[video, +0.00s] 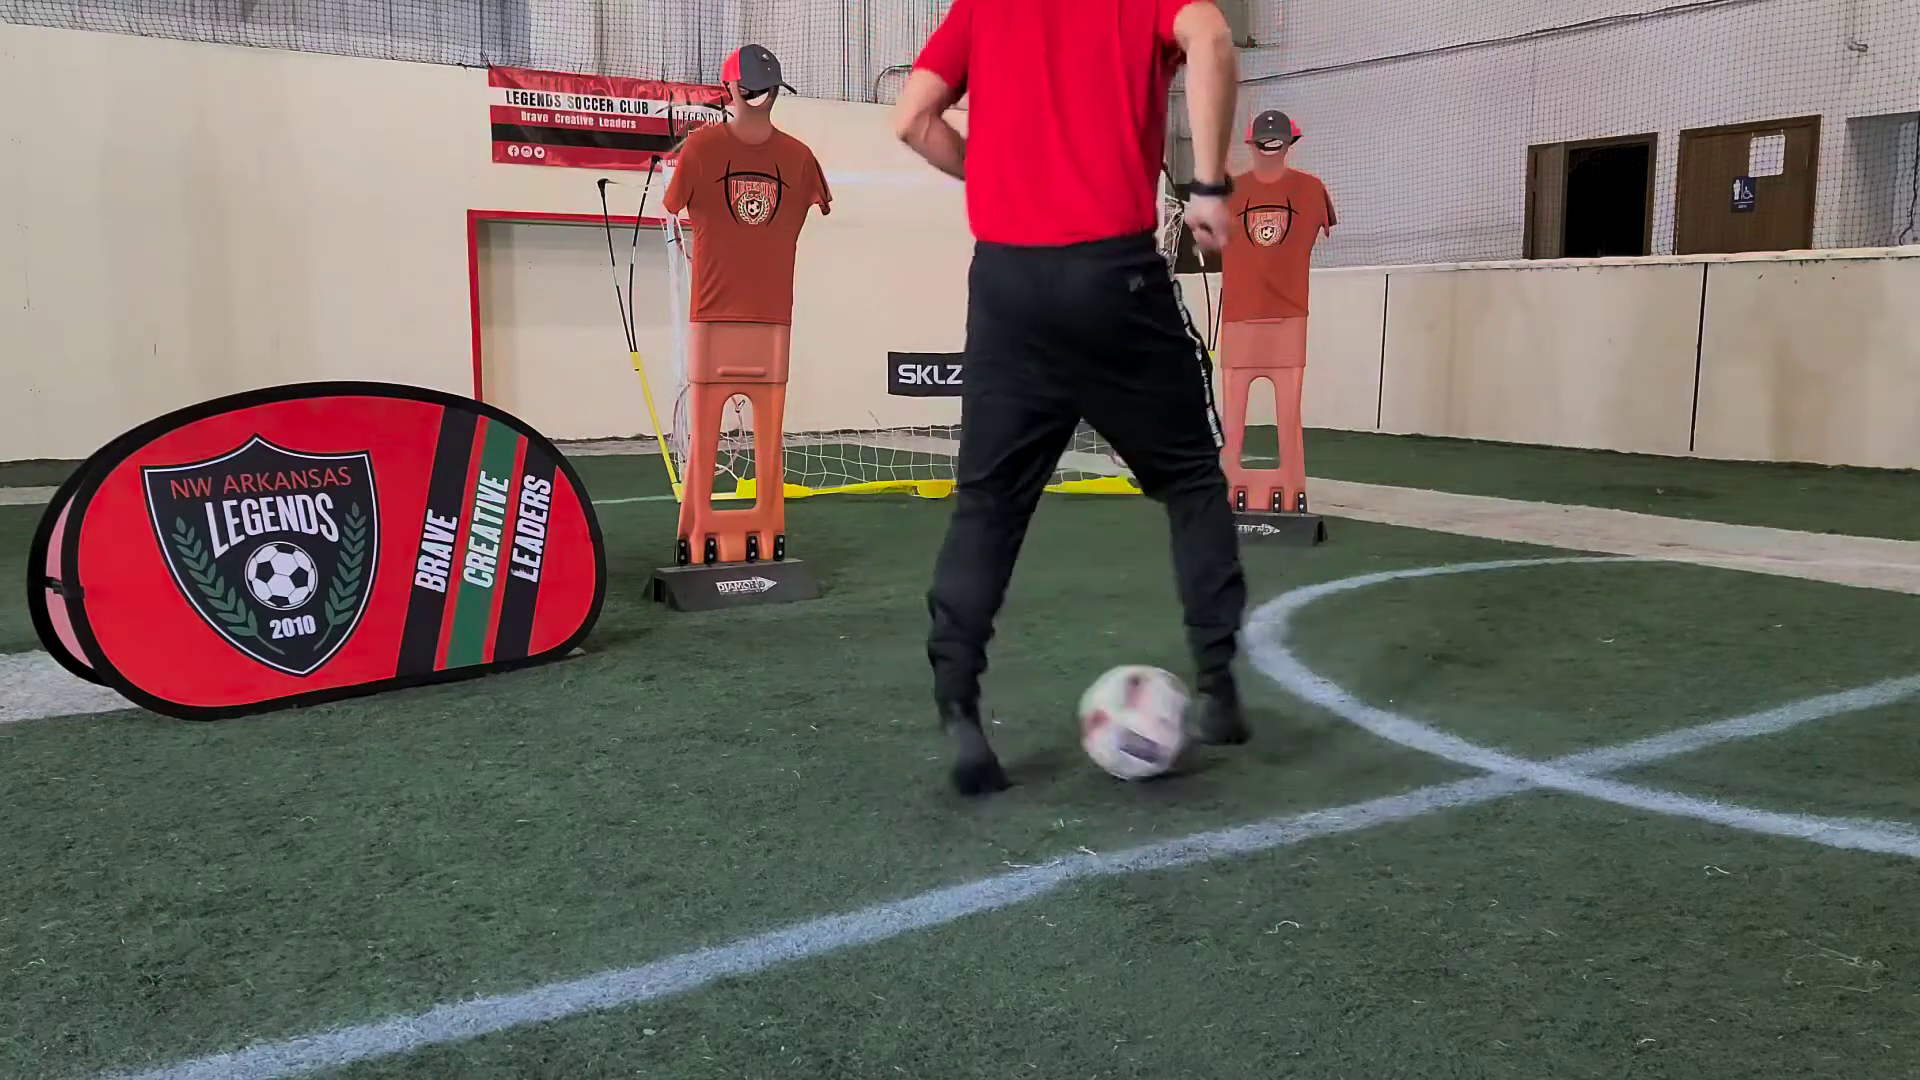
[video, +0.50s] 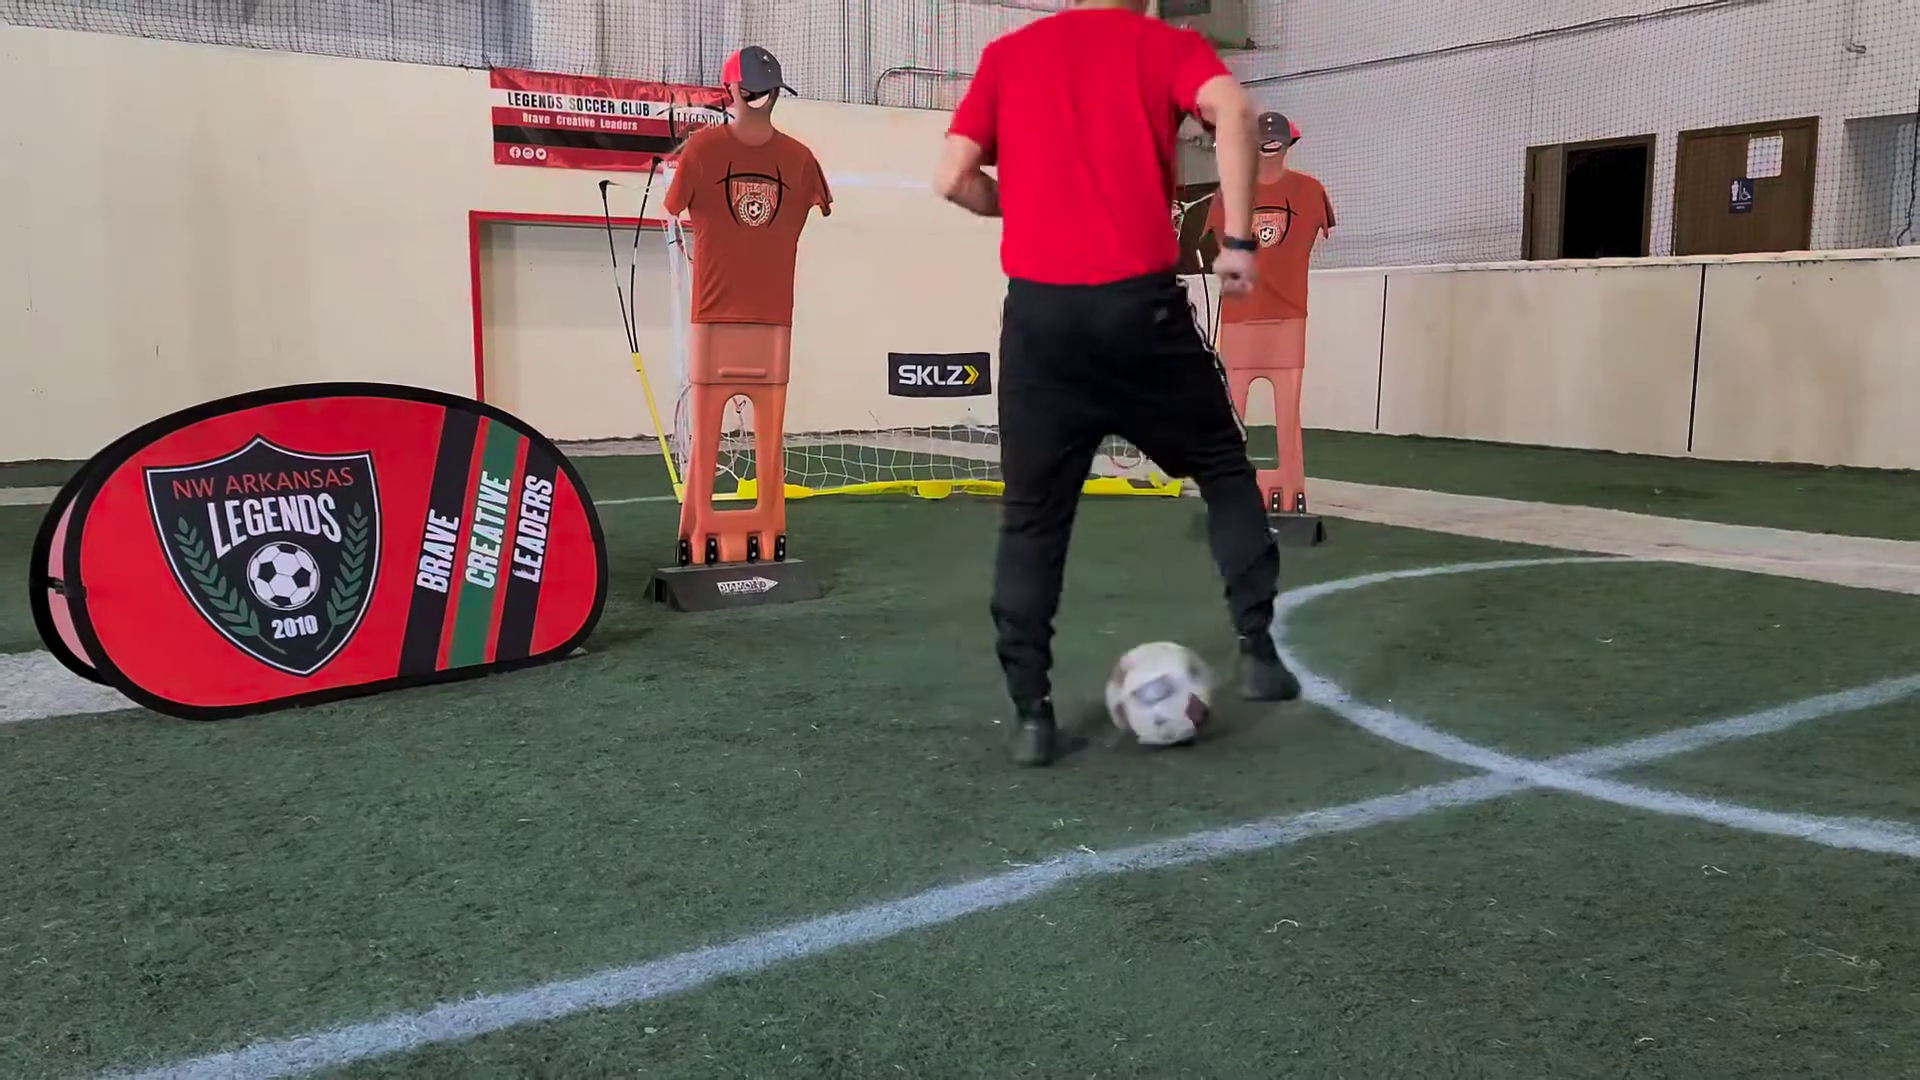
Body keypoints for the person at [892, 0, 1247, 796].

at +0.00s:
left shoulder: (980, 6)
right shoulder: (1149, 2)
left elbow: (913, 119)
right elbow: (1210, 38)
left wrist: (1001, 172)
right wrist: (1211, 185)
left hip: (1004, 278)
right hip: (1113, 274)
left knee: (987, 494)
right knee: (1190, 477)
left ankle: (958, 708)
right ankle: (1216, 686)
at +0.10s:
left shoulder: (1013, 4)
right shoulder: (1188, 2)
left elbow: (932, 95)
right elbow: (1220, 70)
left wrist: (1000, 188)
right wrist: (1206, 195)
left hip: (1031, 271)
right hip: (1141, 273)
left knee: (970, 474)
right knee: (1167, 502)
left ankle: (929, 669)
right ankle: (1173, 714)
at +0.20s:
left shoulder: (1041, 15)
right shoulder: (1210, 42)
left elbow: (955, 91)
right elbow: (1260, 167)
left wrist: (978, 212)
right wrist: (1212, 218)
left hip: (1044, 305)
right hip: (1152, 315)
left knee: (974, 474)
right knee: (1154, 533)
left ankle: (927, 650)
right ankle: (1151, 748)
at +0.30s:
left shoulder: (1030, 5)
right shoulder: (1195, 18)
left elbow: (959, 72)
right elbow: (1257, 140)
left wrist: (981, 188)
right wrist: (1188, 184)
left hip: (1051, 283)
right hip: (1156, 288)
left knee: (1003, 470)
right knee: (1170, 505)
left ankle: (978, 656)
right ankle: (1173, 718)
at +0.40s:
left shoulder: (1008, 15)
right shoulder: (1171, 17)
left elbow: (950, 125)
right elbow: (1243, 115)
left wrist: (1011, 198)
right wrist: (1220, 224)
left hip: (1042, 286)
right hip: (1146, 285)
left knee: (1026, 496)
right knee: (1213, 472)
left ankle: (1024, 695)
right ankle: (1229, 663)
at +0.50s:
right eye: (1155, 9)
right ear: (1140, 1)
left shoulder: (1006, 52)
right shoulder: (1165, 42)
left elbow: (954, 180)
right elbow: (1234, 108)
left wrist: (1028, 200)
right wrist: (1237, 234)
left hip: (1037, 315)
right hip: (1141, 308)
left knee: (1032, 514)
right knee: (1222, 466)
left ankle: (1032, 712)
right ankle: (1259, 648)